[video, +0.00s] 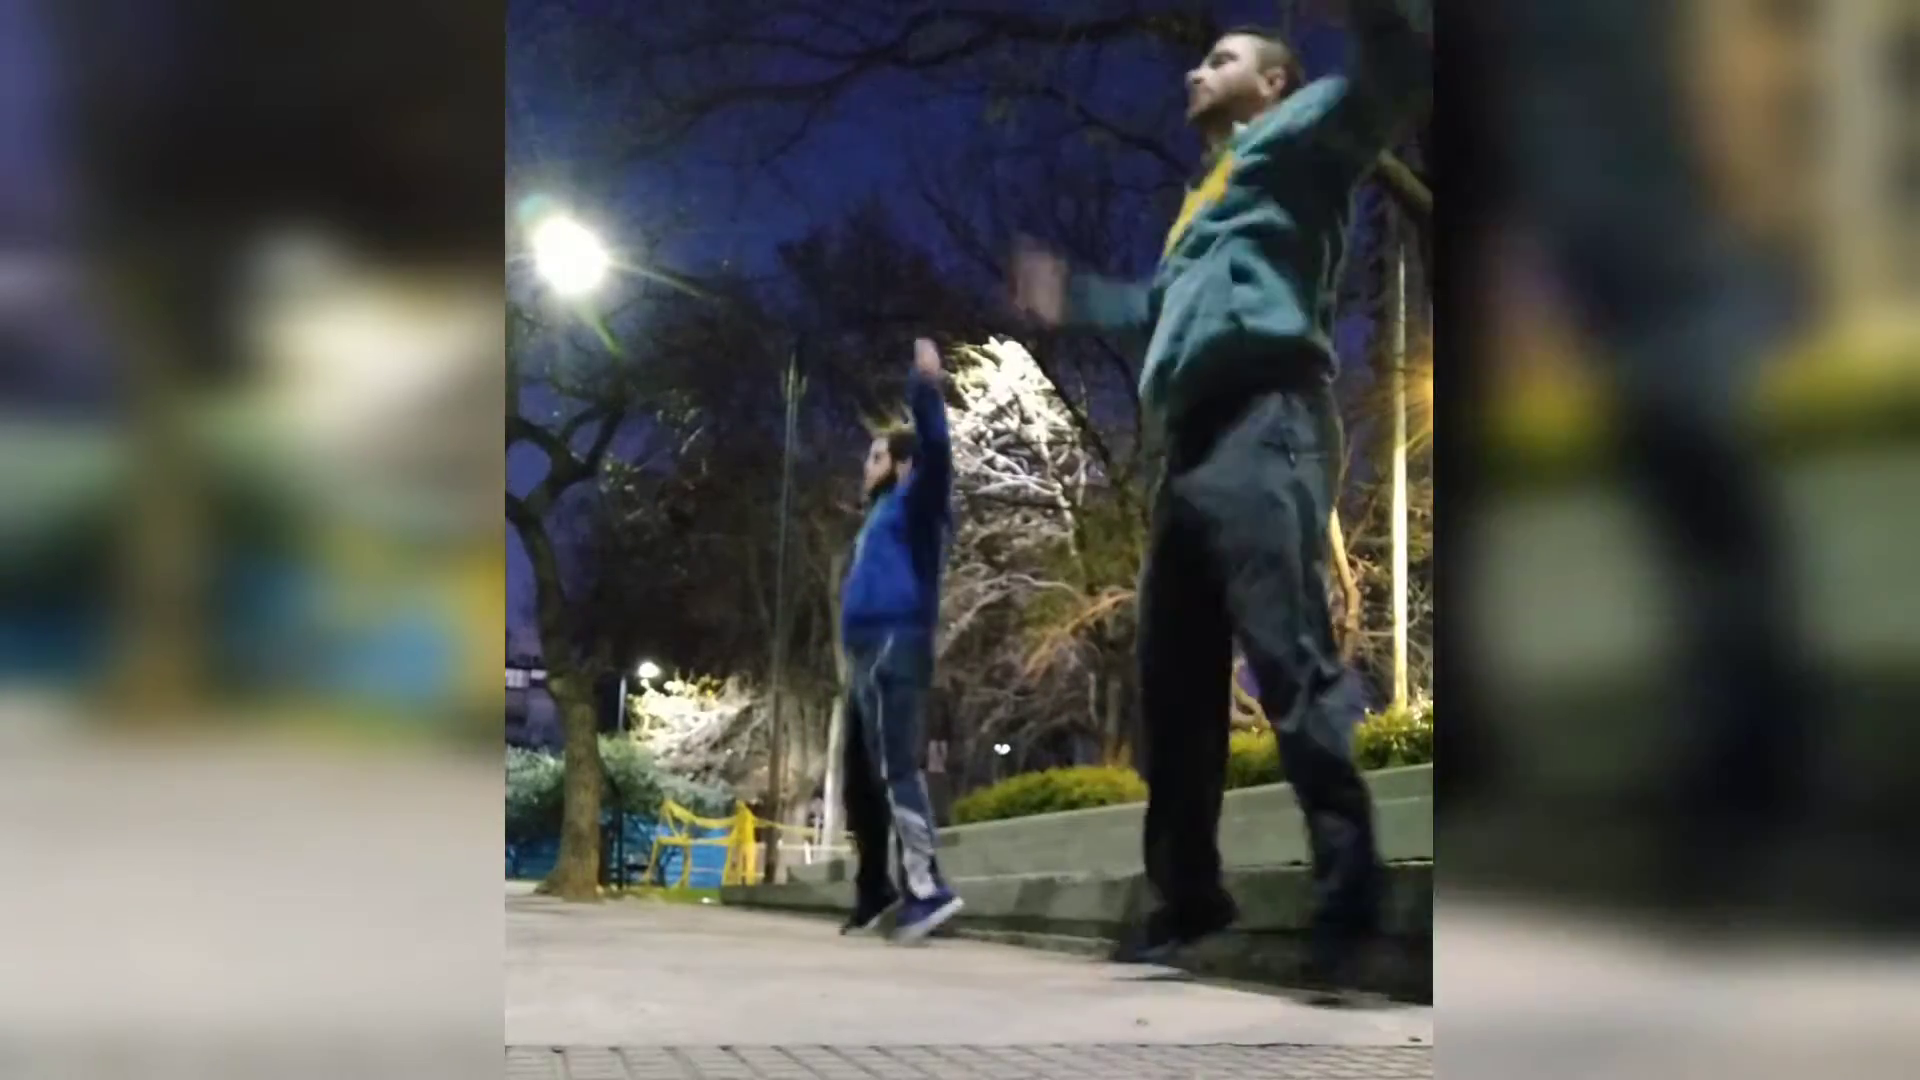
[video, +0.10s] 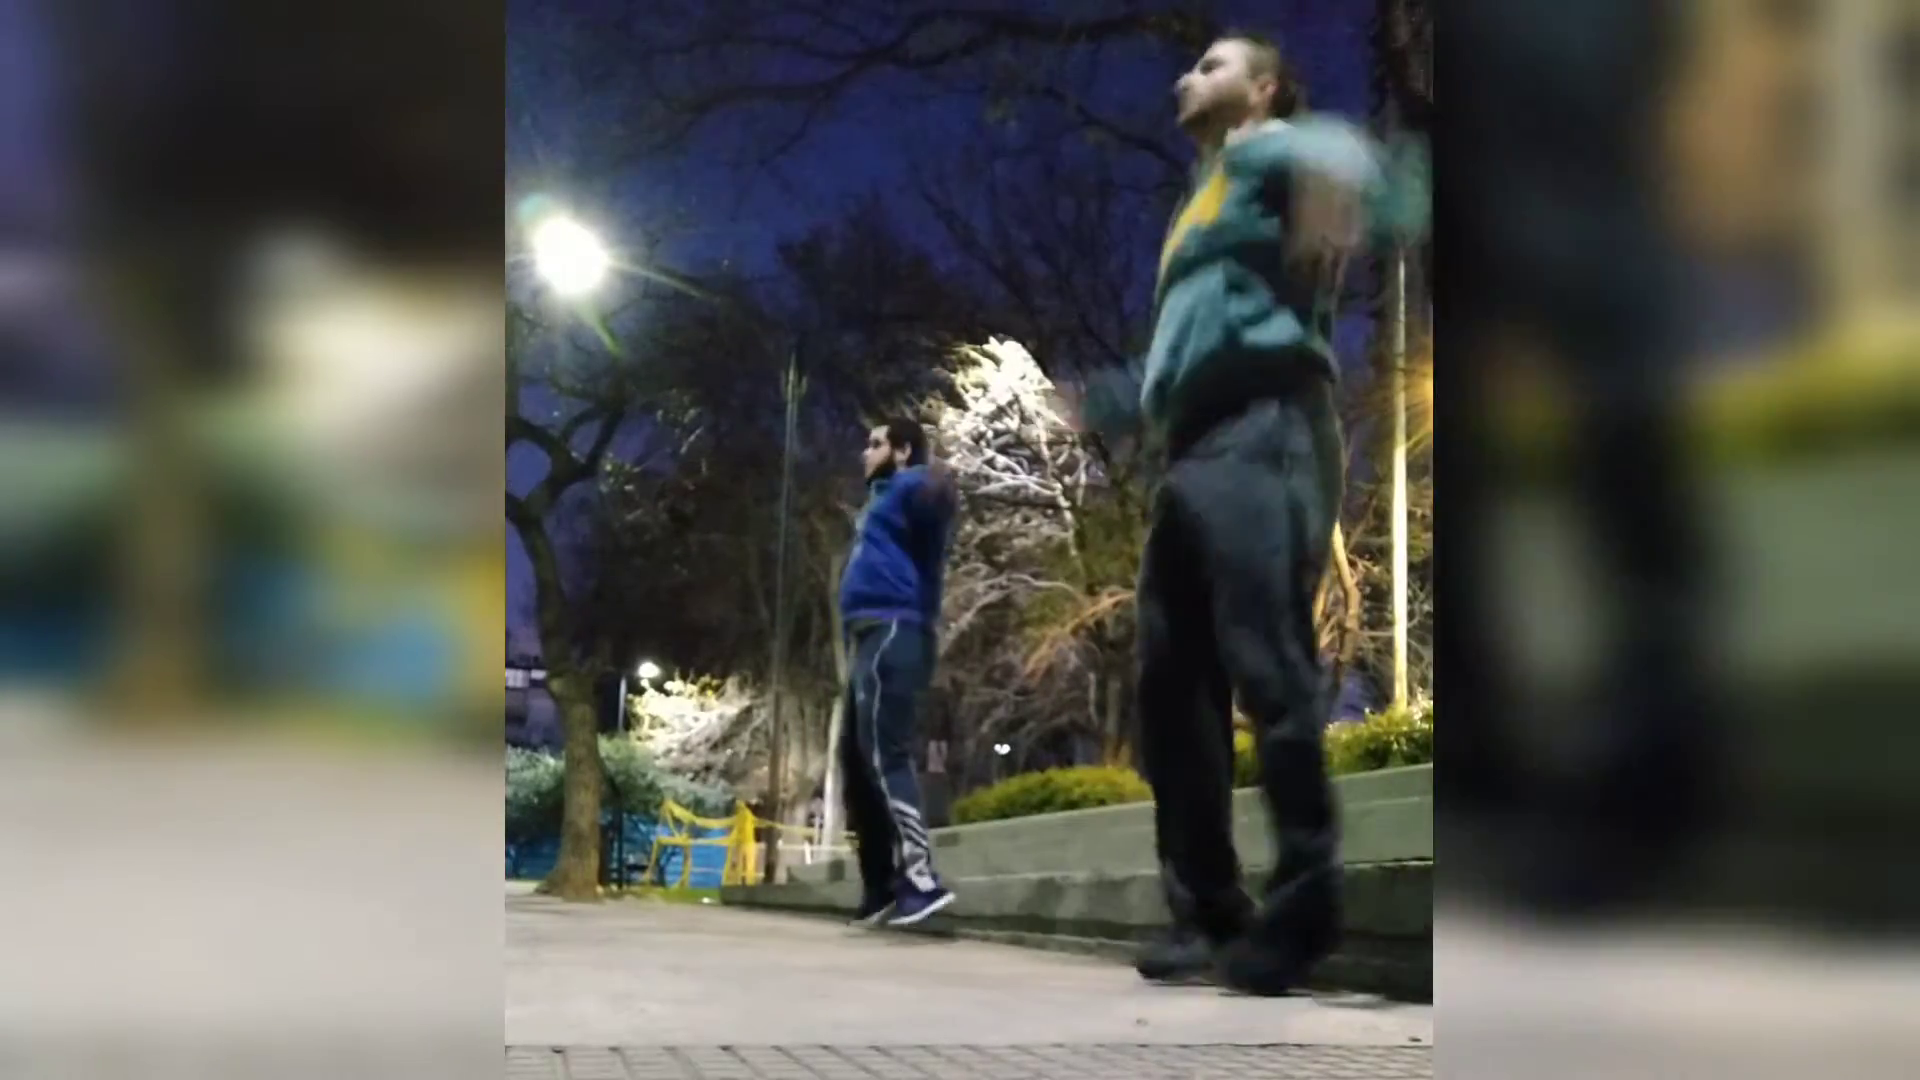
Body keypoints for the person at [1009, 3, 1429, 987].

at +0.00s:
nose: (1197, 73)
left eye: (1221, 61)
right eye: (1201, 63)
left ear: (1275, 80)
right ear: (1221, 95)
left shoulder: (1297, 140)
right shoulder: (1200, 214)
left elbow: (1388, 81)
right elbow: (1162, 309)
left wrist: (1380, 4)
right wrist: (1071, 294)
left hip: (1268, 419)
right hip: (1192, 446)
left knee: (1292, 660)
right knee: (1176, 679)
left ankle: (1351, 900)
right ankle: (1188, 895)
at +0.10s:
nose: (1189, 76)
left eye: (1213, 63)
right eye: (1193, 65)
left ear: (1265, 89)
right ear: (1211, 99)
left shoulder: (1268, 149)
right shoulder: (1201, 202)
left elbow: (1345, 160)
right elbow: (1178, 359)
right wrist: (1099, 400)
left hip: (1259, 433)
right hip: (1192, 450)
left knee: (1269, 670)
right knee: (1173, 693)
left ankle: (1304, 910)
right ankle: (1210, 918)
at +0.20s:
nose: (1179, 129)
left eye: (1202, 118)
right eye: (1180, 121)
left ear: (1253, 145)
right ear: (1192, 157)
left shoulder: (1289, 222)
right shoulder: (1196, 255)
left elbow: (1357, 360)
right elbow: (1194, 392)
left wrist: (1297, 444)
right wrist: (1156, 507)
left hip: (1250, 504)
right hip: (1179, 517)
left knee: (1229, 725)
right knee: (1156, 726)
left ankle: (1281, 947)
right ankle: (1223, 938)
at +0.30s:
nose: (1182, 127)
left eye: (1206, 114)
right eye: (1183, 119)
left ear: (1256, 141)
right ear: (1197, 156)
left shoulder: (1290, 224)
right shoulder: (1203, 256)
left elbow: (1342, 351)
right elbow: (1194, 391)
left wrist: (1276, 436)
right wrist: (1158, 501)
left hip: (1252, 513)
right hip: (1183, 524)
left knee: (1225, 724)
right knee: (1161, 732)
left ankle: (1281, 948)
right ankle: (1223, 939)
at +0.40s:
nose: (1191, 86)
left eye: (1213, 72)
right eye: (1194, 75)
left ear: (1264, 95)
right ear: (1213, 106)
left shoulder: (1298, 173)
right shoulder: (1207, 209)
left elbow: (1352, 272)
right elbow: (1192, 347)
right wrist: (1159, 446)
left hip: (1259, 447)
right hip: (1193, 461)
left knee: (1243, 696)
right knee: (1183, 707)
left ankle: (1280, 942)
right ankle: (1220, 934)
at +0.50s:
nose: (1195, 65)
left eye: (1219, 52)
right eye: (1197, 55)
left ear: (1274, 75)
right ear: (1216, 94)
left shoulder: (1291, 146)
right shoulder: (1198, 201)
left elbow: (1363, 82)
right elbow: (1168, 311)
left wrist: (1372, 2)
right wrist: (1080, 274)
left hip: (1262, 411)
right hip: (1195, 434)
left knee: (1273, 651)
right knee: (1181, 677)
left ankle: (1347, 906)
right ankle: (1187, 897)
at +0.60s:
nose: (1196, 79)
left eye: (1219, 69)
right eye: (1198, 72)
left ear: (1272, 90)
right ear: (1204, 105)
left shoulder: (1285, 162)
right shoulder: (1188, 218)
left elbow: (1343, 55)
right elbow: (1160, 250)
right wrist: (1123, 170)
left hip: (1262, 432)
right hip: (1190, 455)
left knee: (1297, 682)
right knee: (1170, 703)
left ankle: (1385, 933)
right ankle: (1170, 908)